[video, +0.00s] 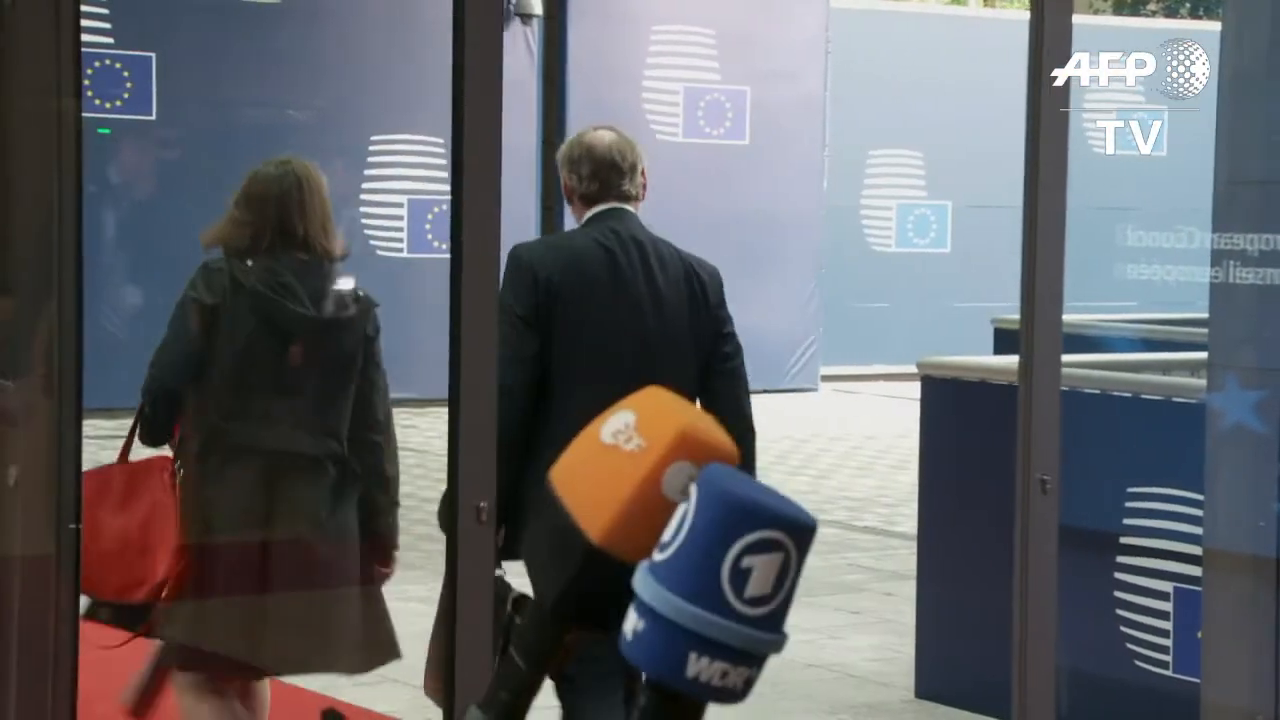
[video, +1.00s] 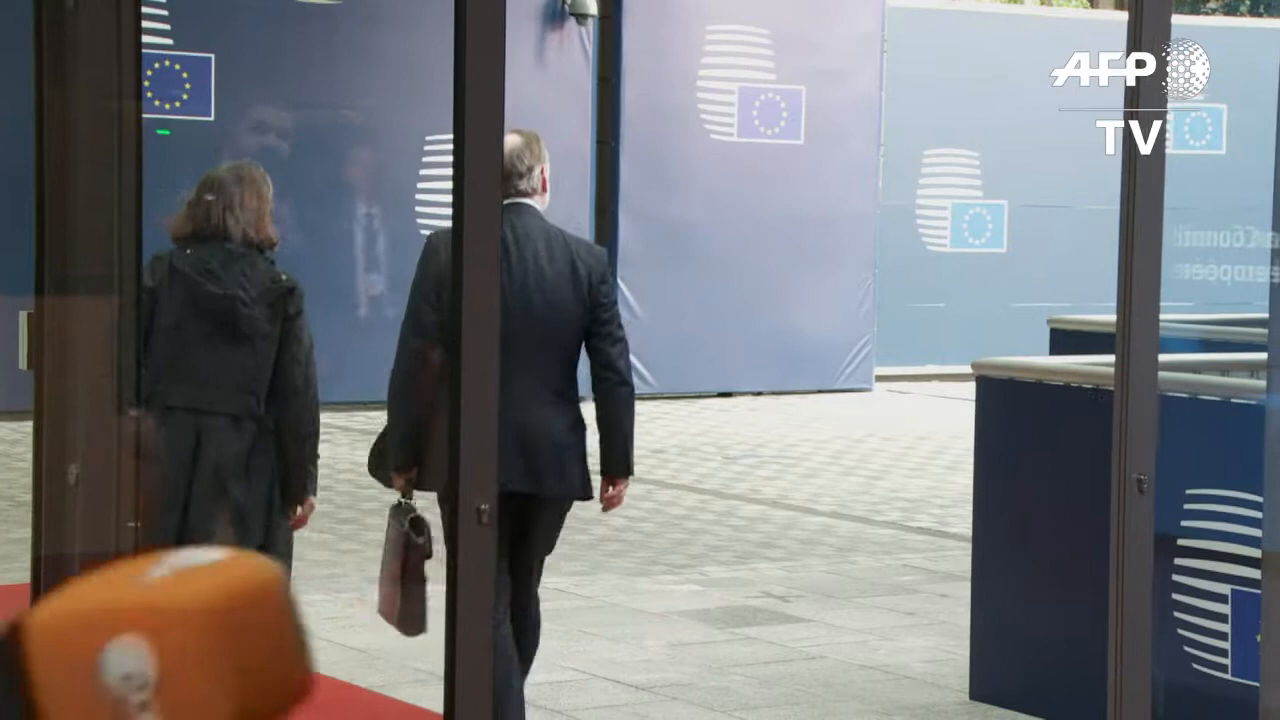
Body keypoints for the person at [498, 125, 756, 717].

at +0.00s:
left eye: (564, 185)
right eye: (647, 177)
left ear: (568, 191)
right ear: (643, 186)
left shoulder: (537, 264)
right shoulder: (698, 277)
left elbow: (507, 399)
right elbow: (733, 415)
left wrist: (491, 514)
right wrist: (732, 524)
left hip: (564, 520)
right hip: (667, 517)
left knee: (591, 678)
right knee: (664, 677)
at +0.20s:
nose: (559, 165)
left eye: (559, 157)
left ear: (564, 165)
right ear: (633, 165)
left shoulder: (524, 240)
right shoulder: (682, 255)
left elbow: (496, 376)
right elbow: (701, 383)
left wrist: (483, 494)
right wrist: (690, 491)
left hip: (542, 485)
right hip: (643, 488)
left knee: (527, 661)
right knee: (629, 661)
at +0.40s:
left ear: (545, 185)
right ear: (611, 182)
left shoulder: (503, 251)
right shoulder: (654, 265)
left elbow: (474, 371)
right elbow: (674, 379)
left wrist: (452, 474)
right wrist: (635, 444)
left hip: (522, 462)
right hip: (626, 469)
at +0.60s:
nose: (574, 183)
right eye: (573, 176)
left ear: (509, 190)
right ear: (569, 183)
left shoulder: (476, 260)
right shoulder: (618, 263)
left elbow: (450, 382)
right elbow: (646, 377)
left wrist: (444, 489)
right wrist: (616, 451)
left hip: (491, 478)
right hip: (586, 476)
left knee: (491, 635)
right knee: (585, 633)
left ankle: (494, 716)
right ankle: (599, 717)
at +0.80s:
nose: (561, 164)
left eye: (554, 155)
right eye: (559, 157)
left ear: (493, 166)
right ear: (553, 164)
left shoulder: (459, 237)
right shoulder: (601, 243)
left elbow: (434, 351)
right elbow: (627, 358)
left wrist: (425, 450)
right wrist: (631, 452)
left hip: (481, 452)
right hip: (568, 454)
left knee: (485, 595)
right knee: (547, 581)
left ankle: (495, 712)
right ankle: (551, 709)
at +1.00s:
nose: (549, 181)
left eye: (543, 173)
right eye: (548, 174)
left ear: (483, 180)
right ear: (542, 181)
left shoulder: (445, 249)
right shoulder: (585, 259)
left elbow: (416, 354)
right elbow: (612, 367)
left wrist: (402, 453)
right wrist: (617, 460)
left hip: (467, 458)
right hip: (551, 462)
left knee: (484, 600)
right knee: (522, 591)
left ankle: (502, 710)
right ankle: (498, 704)